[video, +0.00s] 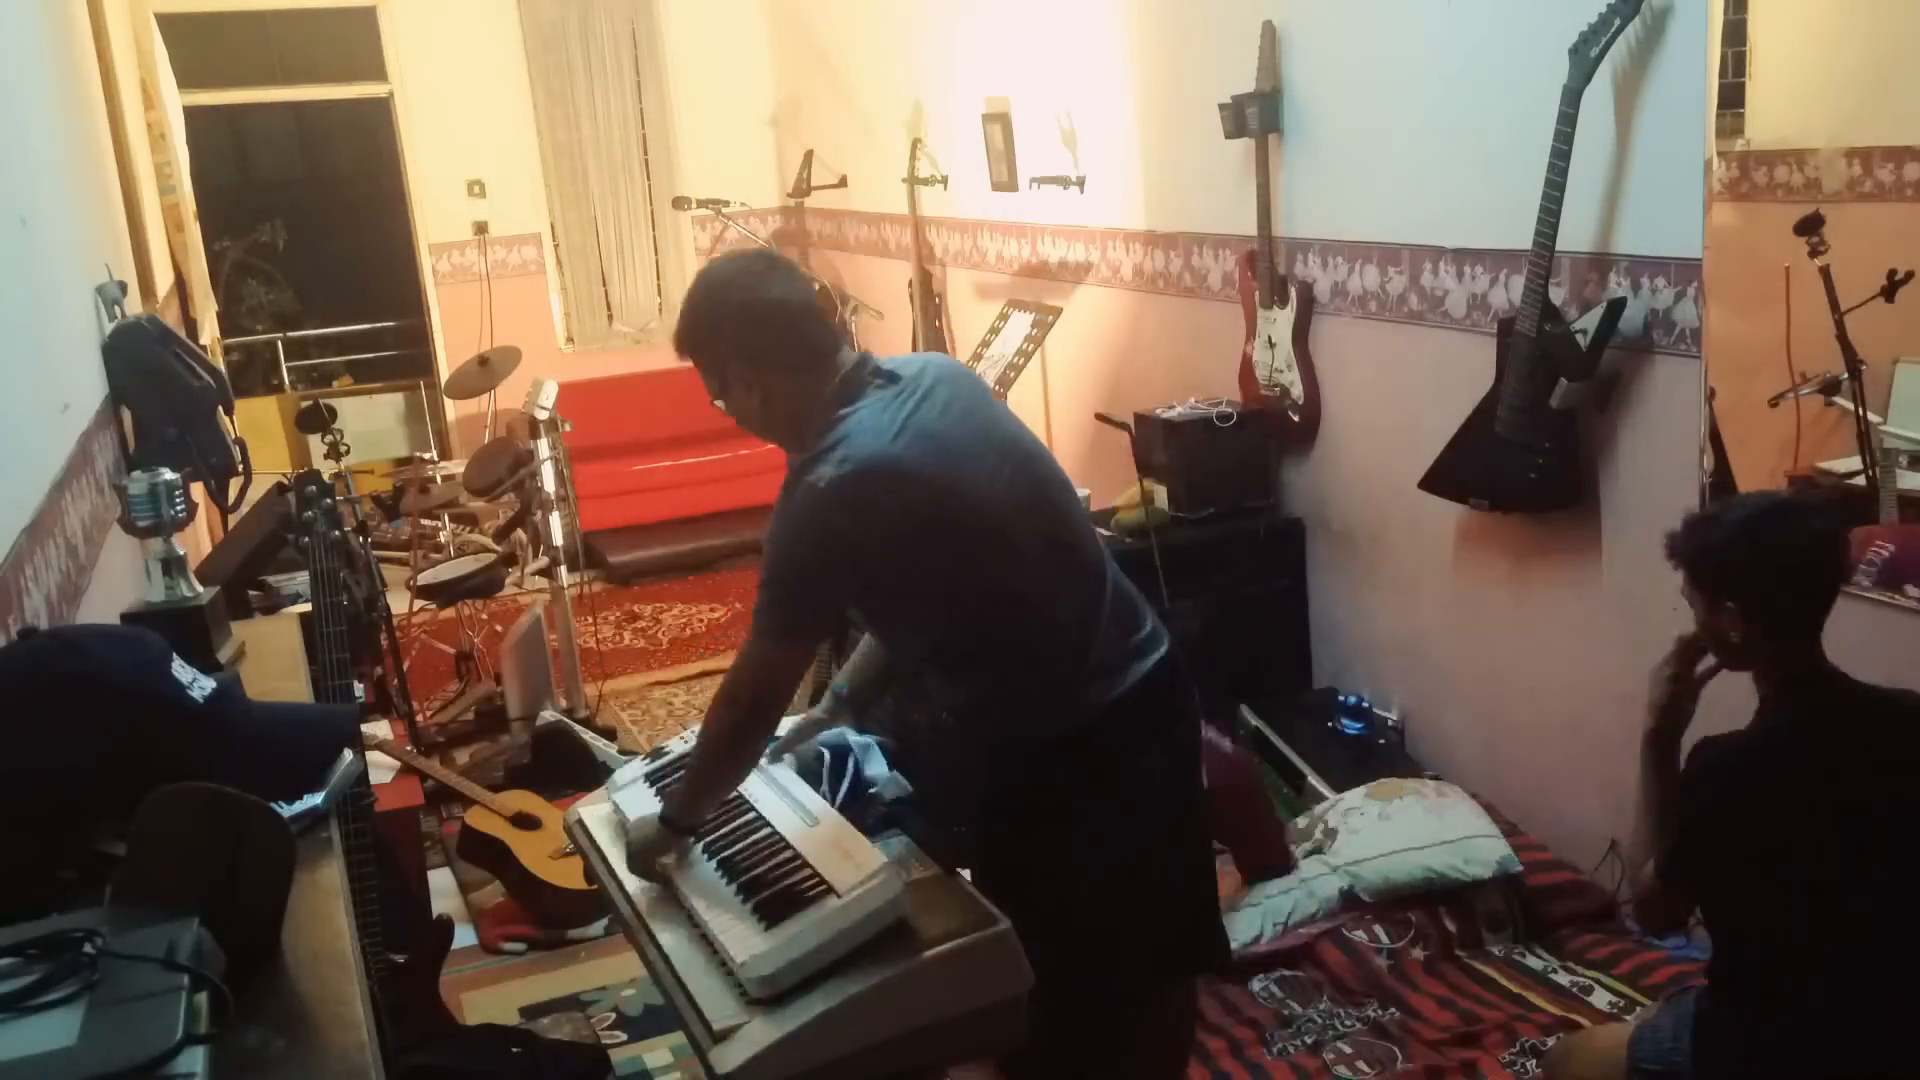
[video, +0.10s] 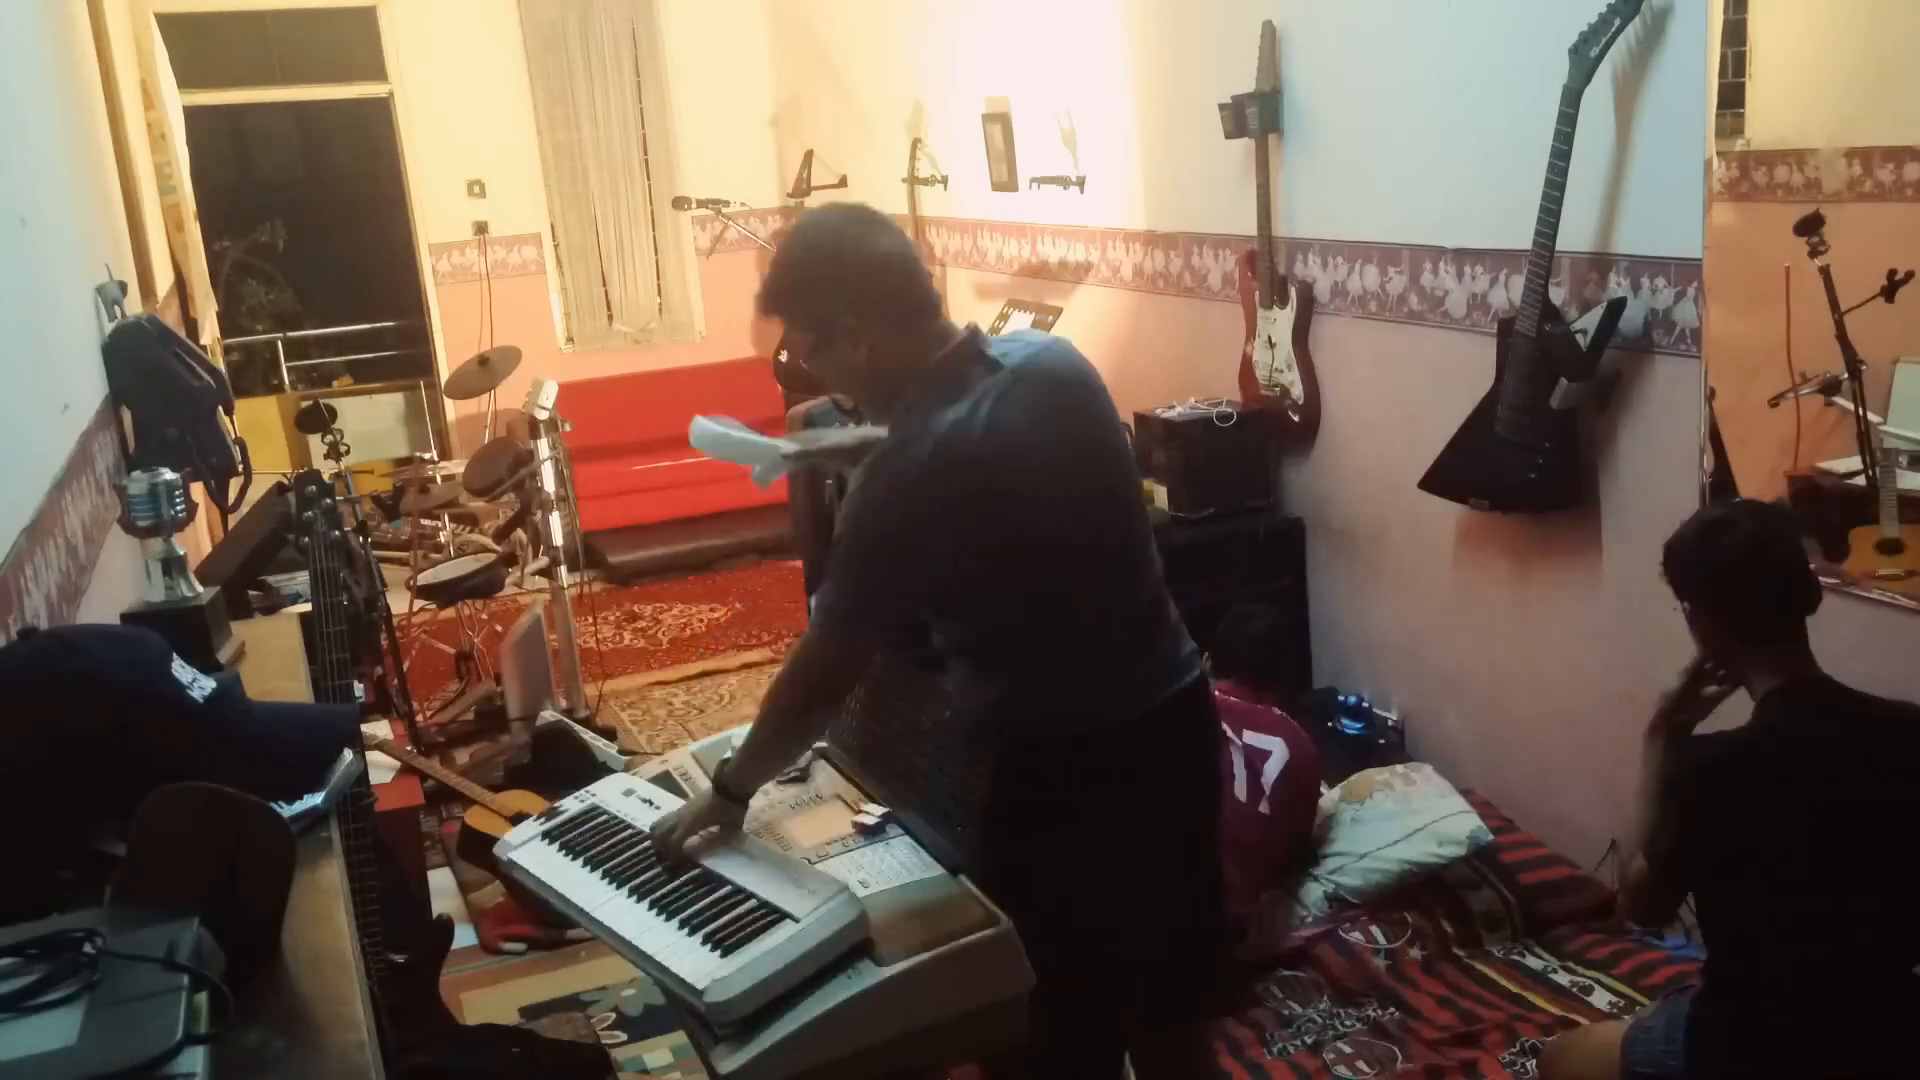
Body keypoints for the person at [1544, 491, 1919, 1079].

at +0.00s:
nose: (1691, 623)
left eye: (1694, 603)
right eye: (1690, 602)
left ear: (1733, 621)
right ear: (1817, 597)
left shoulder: (1726, 766)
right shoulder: (1906, 722)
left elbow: (1659, 912)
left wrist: (1661, 738)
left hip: (1762, 1036)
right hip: (1895, 1025)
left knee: (1554, 1059)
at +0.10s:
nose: (1689, 630)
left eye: (1686, 613)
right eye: (1685, 613)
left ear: (1705, 622)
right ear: (1808, 595)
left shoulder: (1713, 766)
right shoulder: (1905, 730)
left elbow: (1643, 909)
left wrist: (1661, 740)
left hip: (1758, 1037)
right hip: (1890, 1029)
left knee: (1547, 1059)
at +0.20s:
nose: (1715, 598)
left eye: (1717, 581)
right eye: (1716, 580)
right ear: (1837, 589)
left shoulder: (1722, 742)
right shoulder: (1908, 724)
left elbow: (1717, 939)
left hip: (1753, 1042)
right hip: (1884, 1033)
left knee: (1561, 1052)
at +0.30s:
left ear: (1689, 619)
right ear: (1813, 609)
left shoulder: (1683, 780)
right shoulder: (1900, 729)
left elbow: (1689, 980)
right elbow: (1900, 936)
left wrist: (1613, 1028)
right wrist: (1629, 1016)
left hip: (1741, 1055)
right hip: (1882, 1043)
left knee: (1565, 1055)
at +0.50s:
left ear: (1695, 657)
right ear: (1807, 616)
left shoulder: (1724, 760)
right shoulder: (1904, 703)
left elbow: (1557, 700)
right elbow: (1737, 717)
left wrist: (1661, 576)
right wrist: (1640, 623)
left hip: (1758, 1043)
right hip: (1889, 1034)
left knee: (1551, 1055)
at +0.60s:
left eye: (1694, 618)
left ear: (1710, 645)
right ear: (1831, 607)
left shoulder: (1724, 783)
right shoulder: (1908, 730)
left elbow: (1661, 909)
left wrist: (1629, 751)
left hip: (1753, 1042)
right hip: (1890, 1034)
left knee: (1552, 1054)